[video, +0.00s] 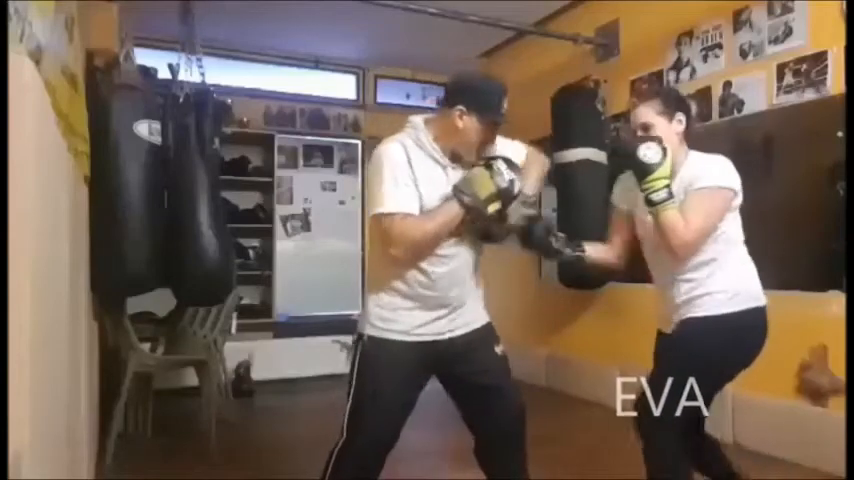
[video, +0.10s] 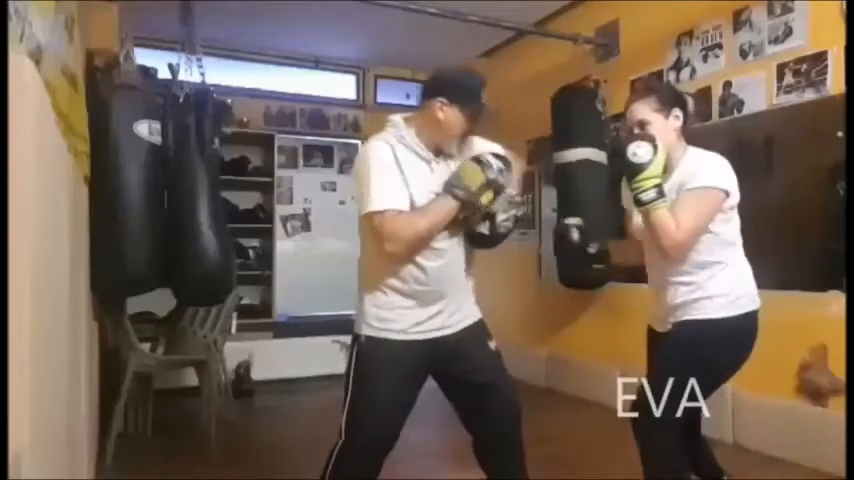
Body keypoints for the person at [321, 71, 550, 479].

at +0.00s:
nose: (494, 137)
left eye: (495, 127)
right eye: (489, 126)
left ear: (463, 118)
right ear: (460, 118)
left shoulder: (476, 149)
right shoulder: (393, 154)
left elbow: (534, 158)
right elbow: (401, 246)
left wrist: (522, 201)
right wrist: (466, 200)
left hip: (465, 323)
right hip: (396, 330)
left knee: (505, 425)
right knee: (364, 447)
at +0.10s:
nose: (472, 127)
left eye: (475, 117)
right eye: (468, 115)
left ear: (442, 110)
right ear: (439, 108)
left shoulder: (461, 150)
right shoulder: (379, 152)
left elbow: (513, 163)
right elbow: (395, 242)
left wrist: (494, 208)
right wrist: (458, 195)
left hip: (458, 321)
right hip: (391, 329)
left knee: (501, 421)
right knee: (364, 448)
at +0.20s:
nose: (458, 120)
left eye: (460, 110)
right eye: (453, 107)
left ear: (430, 104)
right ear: (423, 101)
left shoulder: (443, 150)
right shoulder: (374, 152)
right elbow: (411, 231)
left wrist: (476, 205)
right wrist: (464, 187)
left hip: (451, 323)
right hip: (387, 331)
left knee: (495, 426)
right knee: (361, 449)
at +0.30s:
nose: (453, 114)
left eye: (454, 103)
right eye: (447, 101)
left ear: (418, 100)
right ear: (415, 98)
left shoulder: (432, 150)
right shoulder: (374, 152)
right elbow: (445, 214)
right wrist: (496, 177)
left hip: (448, 323)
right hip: (387, 333)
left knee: (488, 425)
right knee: (362, 451)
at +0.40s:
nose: (452, 109)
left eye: (452, 99)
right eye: (444, 96)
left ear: (416, 98)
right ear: (412, 96)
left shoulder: (431, 152)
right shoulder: (373, 150)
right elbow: (438, 211)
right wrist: (488, 161)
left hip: (449, 326)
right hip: (386, 335)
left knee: (487, 427)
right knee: (363, 450)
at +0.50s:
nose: (453, 108)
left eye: (453, 98)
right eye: (446, 96)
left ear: (417, 97)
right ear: (414, 94)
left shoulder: (438, 149)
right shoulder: (371, 149)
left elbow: (457, 209)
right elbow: (420, 214)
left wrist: (504, 183)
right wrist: (476, 165)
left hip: (449, 327)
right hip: (382, 333)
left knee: (488, 429)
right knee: (359, 450)